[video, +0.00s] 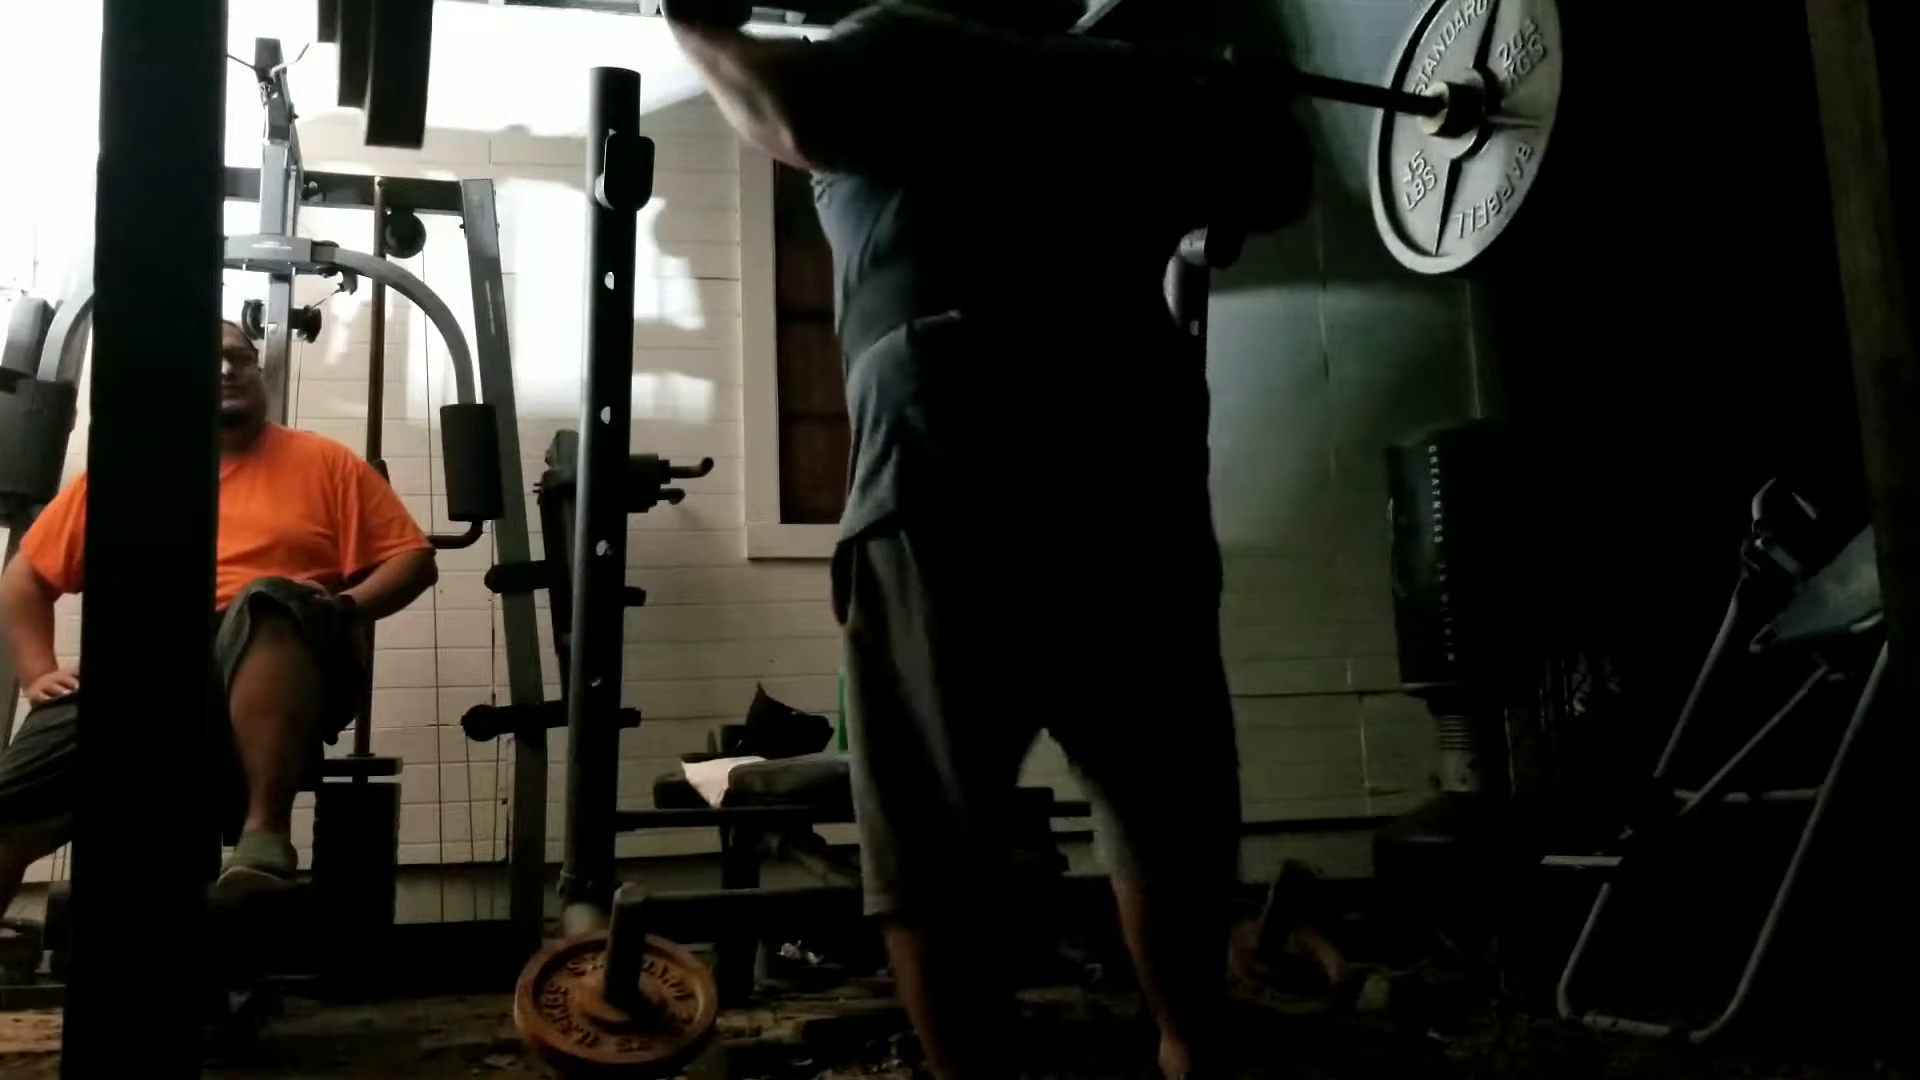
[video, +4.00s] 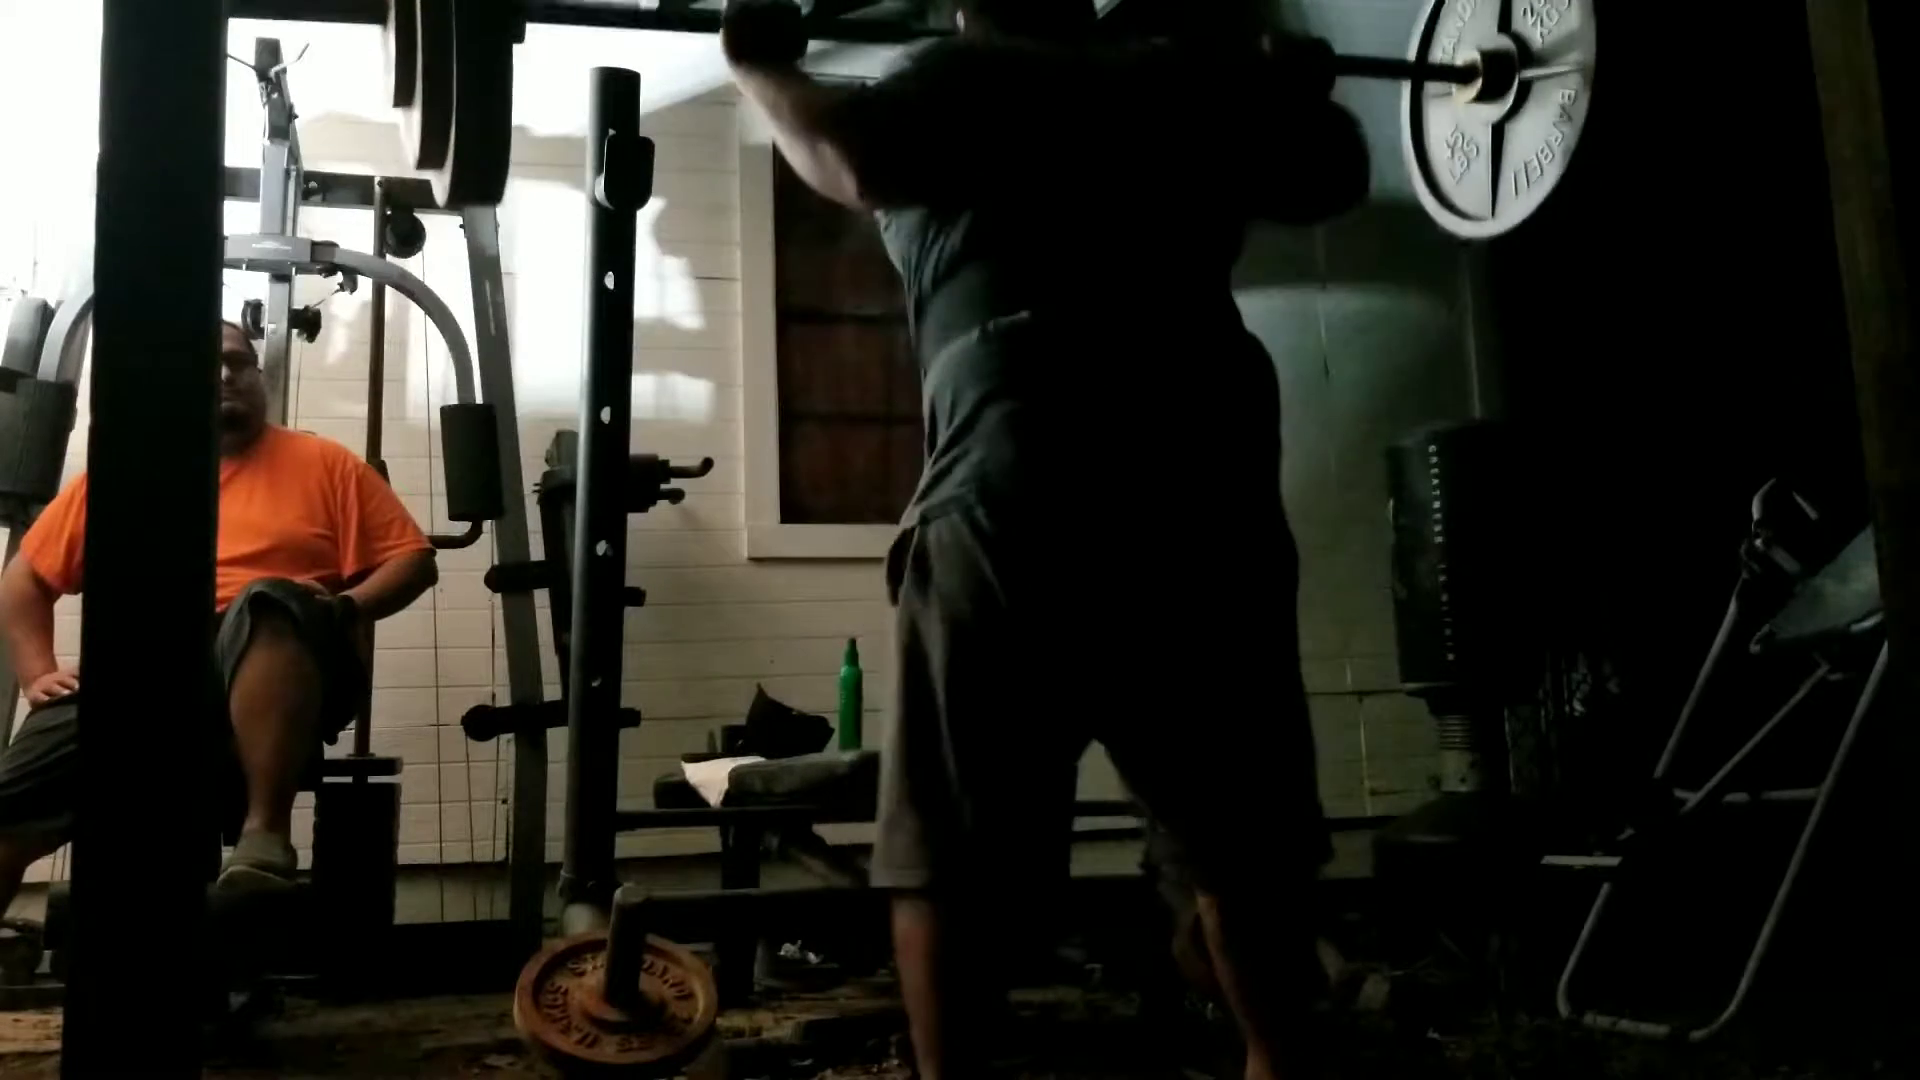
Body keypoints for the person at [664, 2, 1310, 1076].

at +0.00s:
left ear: (910, 2)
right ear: (1057, 2)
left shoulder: (887, 47)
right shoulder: (1128, 82)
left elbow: (797, 128)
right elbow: (1281, 172)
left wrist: (692, 21)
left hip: (943, 482)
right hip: (1136, 474)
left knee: (926, 822)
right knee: (1163, 794)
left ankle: (963, 1065)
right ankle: (1188, 1054)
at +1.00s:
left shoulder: (968, 51)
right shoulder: (1220, 75)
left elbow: (889, 143)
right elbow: (1364, 169)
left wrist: (783, 42)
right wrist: (1342, 78)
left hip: (1024, 486)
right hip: (1226, 483)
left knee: (968, 847)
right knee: (1261, 834)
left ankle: (955, 1063)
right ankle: (1289, 1060)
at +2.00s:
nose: (964, 80)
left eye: (967, 63)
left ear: (970, 76)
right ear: (1093, 71)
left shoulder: (941, 144)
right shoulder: (1195, 156)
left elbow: (848, 236)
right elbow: (1338, 242)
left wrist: (768, 142)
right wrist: (1319, 155)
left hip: (1016, 520)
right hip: (1222, 520)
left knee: (914, 848)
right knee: (1241, 837)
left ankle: (937, 1064)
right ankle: (1281, 1058)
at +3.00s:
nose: (975, 415)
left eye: (978, 404)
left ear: (995, 408)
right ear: (1119, 395)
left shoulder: (963, 473)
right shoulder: (1218, 460)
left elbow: (868, 565)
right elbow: (1375, 559)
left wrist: (777, 475)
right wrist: (1341, 449)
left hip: (1051, 844)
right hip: (1259, 828)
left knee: (835, 831)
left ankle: (906, 1058)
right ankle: (1287, 1054)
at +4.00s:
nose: (940, 26)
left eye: (944, 15)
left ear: (964, 11)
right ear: (1086, 3)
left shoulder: (943, 81)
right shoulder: (1184, 83)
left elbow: (847, 163)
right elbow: (1332, 173)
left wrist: (757, 63)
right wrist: (1304, 81)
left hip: (1015, 470)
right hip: (1205, 467)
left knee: (948, 822)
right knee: (1240, 810)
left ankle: (946, 1061)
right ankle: (1276, 1055)